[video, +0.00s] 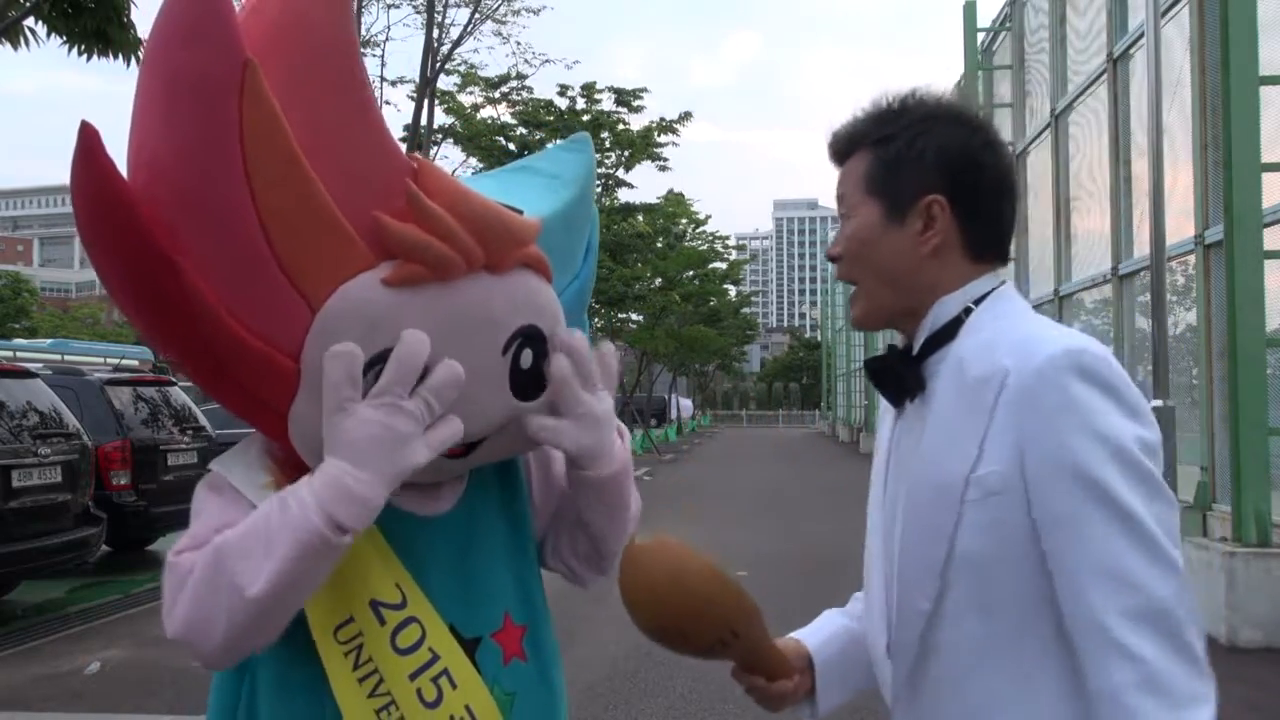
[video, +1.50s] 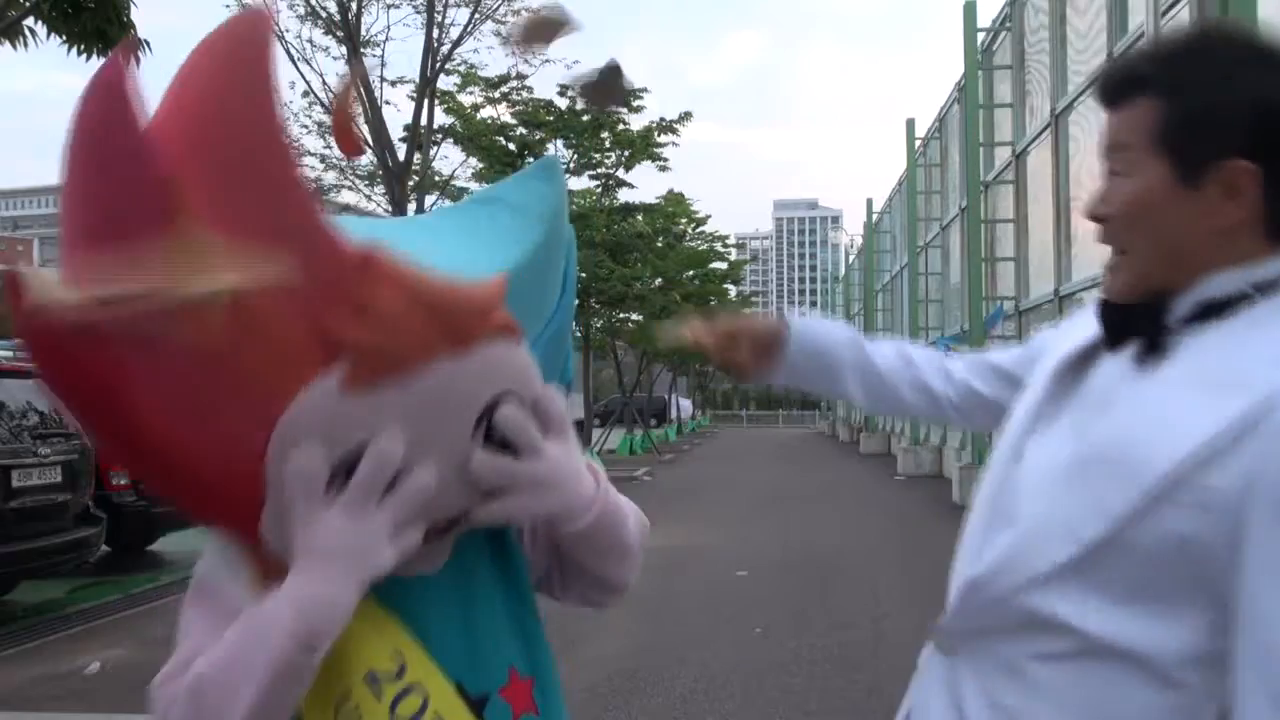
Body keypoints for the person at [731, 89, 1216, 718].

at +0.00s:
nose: (833, 251)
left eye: (845, 218)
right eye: (837, 222)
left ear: (928, 223)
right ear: (927, 226)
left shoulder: (1055, 374)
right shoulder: (911, 389)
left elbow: (1151, 673)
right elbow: (910, 598)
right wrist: (815, 659)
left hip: (1031, 711)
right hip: (927, 709)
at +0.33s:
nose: (893, 232)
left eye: (908, 198)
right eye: (899, 202)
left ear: (992, 207)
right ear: (992, 210)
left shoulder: (1109, 361)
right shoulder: (967, 365)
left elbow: (1123, 669)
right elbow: (945, 579)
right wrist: (828, 630)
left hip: (1016, 705)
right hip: (930, 703)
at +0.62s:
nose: (979, 226)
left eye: (996, 190)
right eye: (985, 194)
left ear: (1090, 203)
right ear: (1085, 205)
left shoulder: (1159, 373)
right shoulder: (1074, 354)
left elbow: (1131, 691)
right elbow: (931, 458)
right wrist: (800, 379)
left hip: (1011, 708)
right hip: (934, 696)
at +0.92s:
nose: (993, 223)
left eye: (1011, 189)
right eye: (1002, 191)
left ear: (1109, 204)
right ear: (1108, 207)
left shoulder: (1149, 389)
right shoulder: (1085, 347)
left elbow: (1141, 700)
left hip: (985, 704)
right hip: (923, 694)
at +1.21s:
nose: (948, 196)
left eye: (962, 159)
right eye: (954, 161)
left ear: (1060, 182)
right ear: (1057, 184)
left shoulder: (1202, 387)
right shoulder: (976, 306)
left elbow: (1218, 705)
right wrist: (786, 250)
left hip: (1083, 707)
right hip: (947, 698)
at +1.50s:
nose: (1093, 206)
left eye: (1120, 167)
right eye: (1103, 169)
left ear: (1232, 193)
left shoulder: (1265, 395)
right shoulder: (1102, 330)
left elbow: (1261, 694)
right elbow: (957, 385)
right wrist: (790, 346)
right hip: (943, 690)